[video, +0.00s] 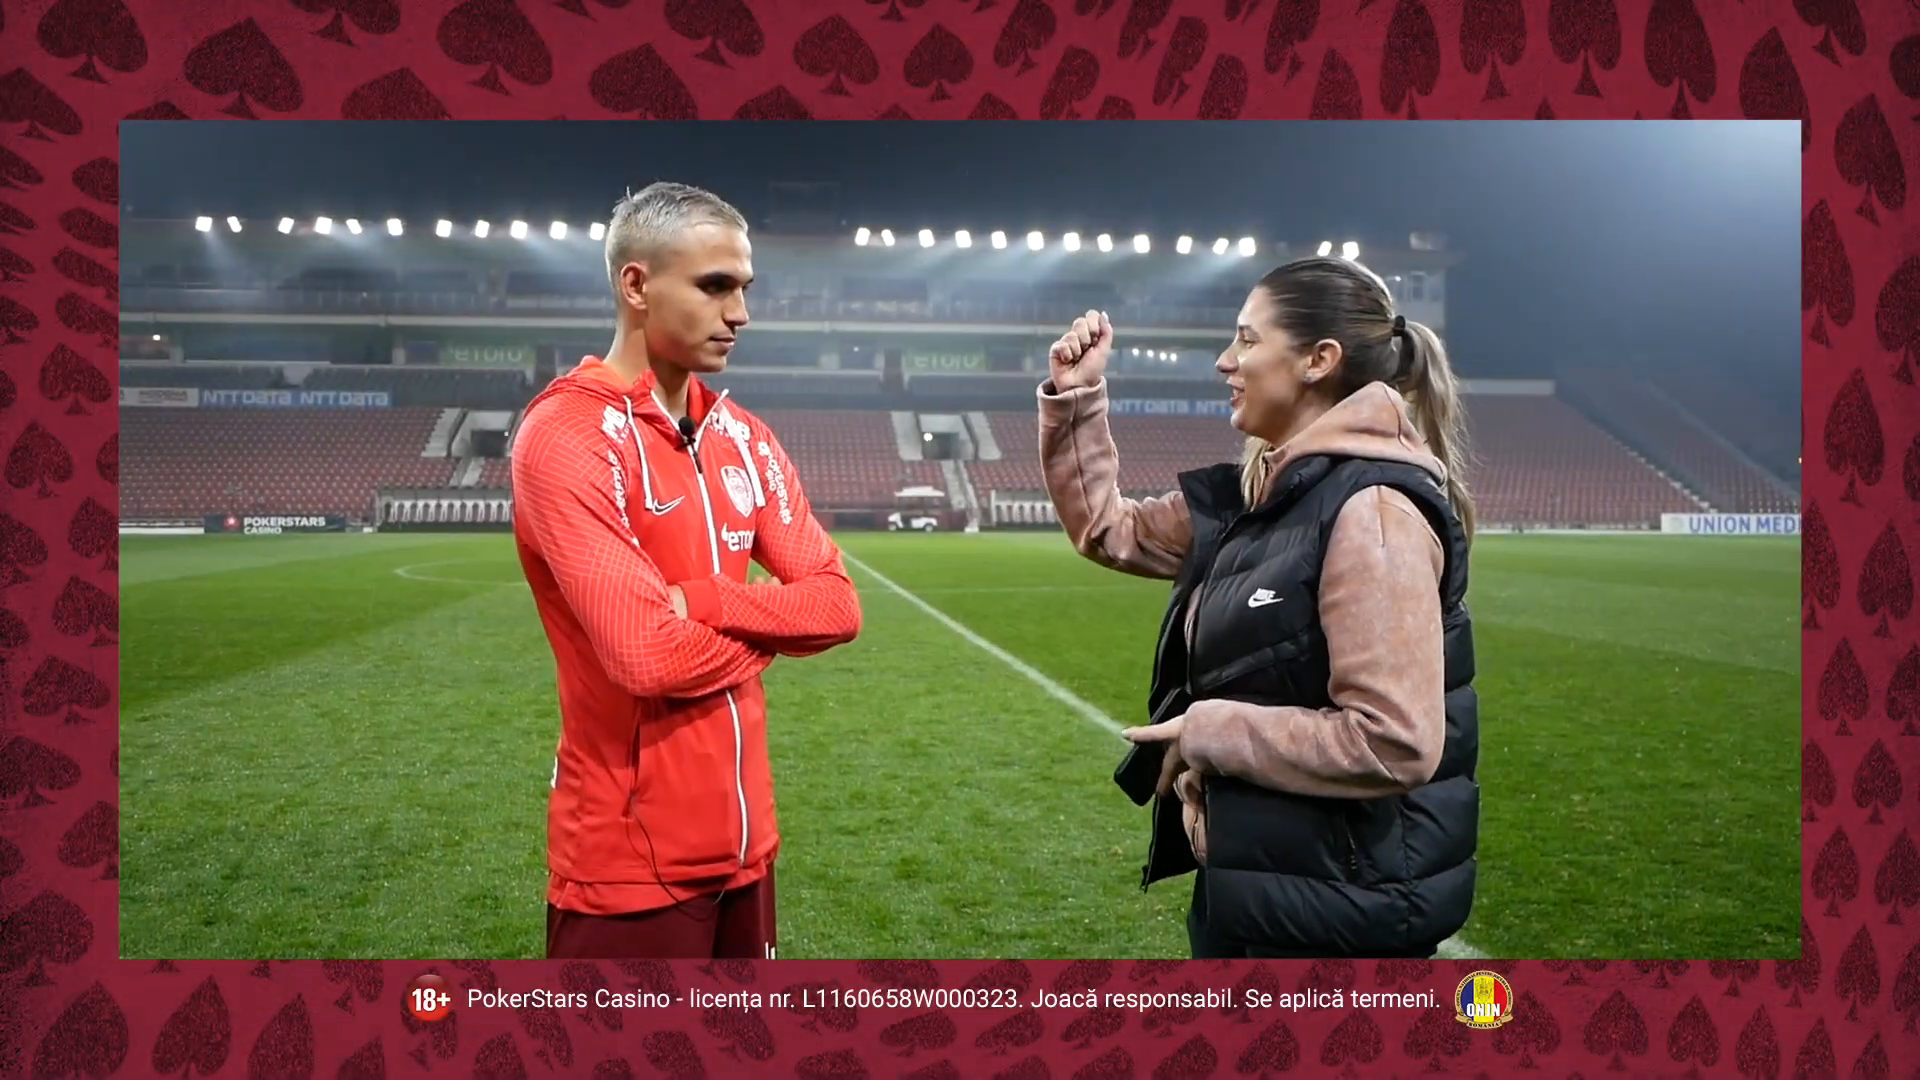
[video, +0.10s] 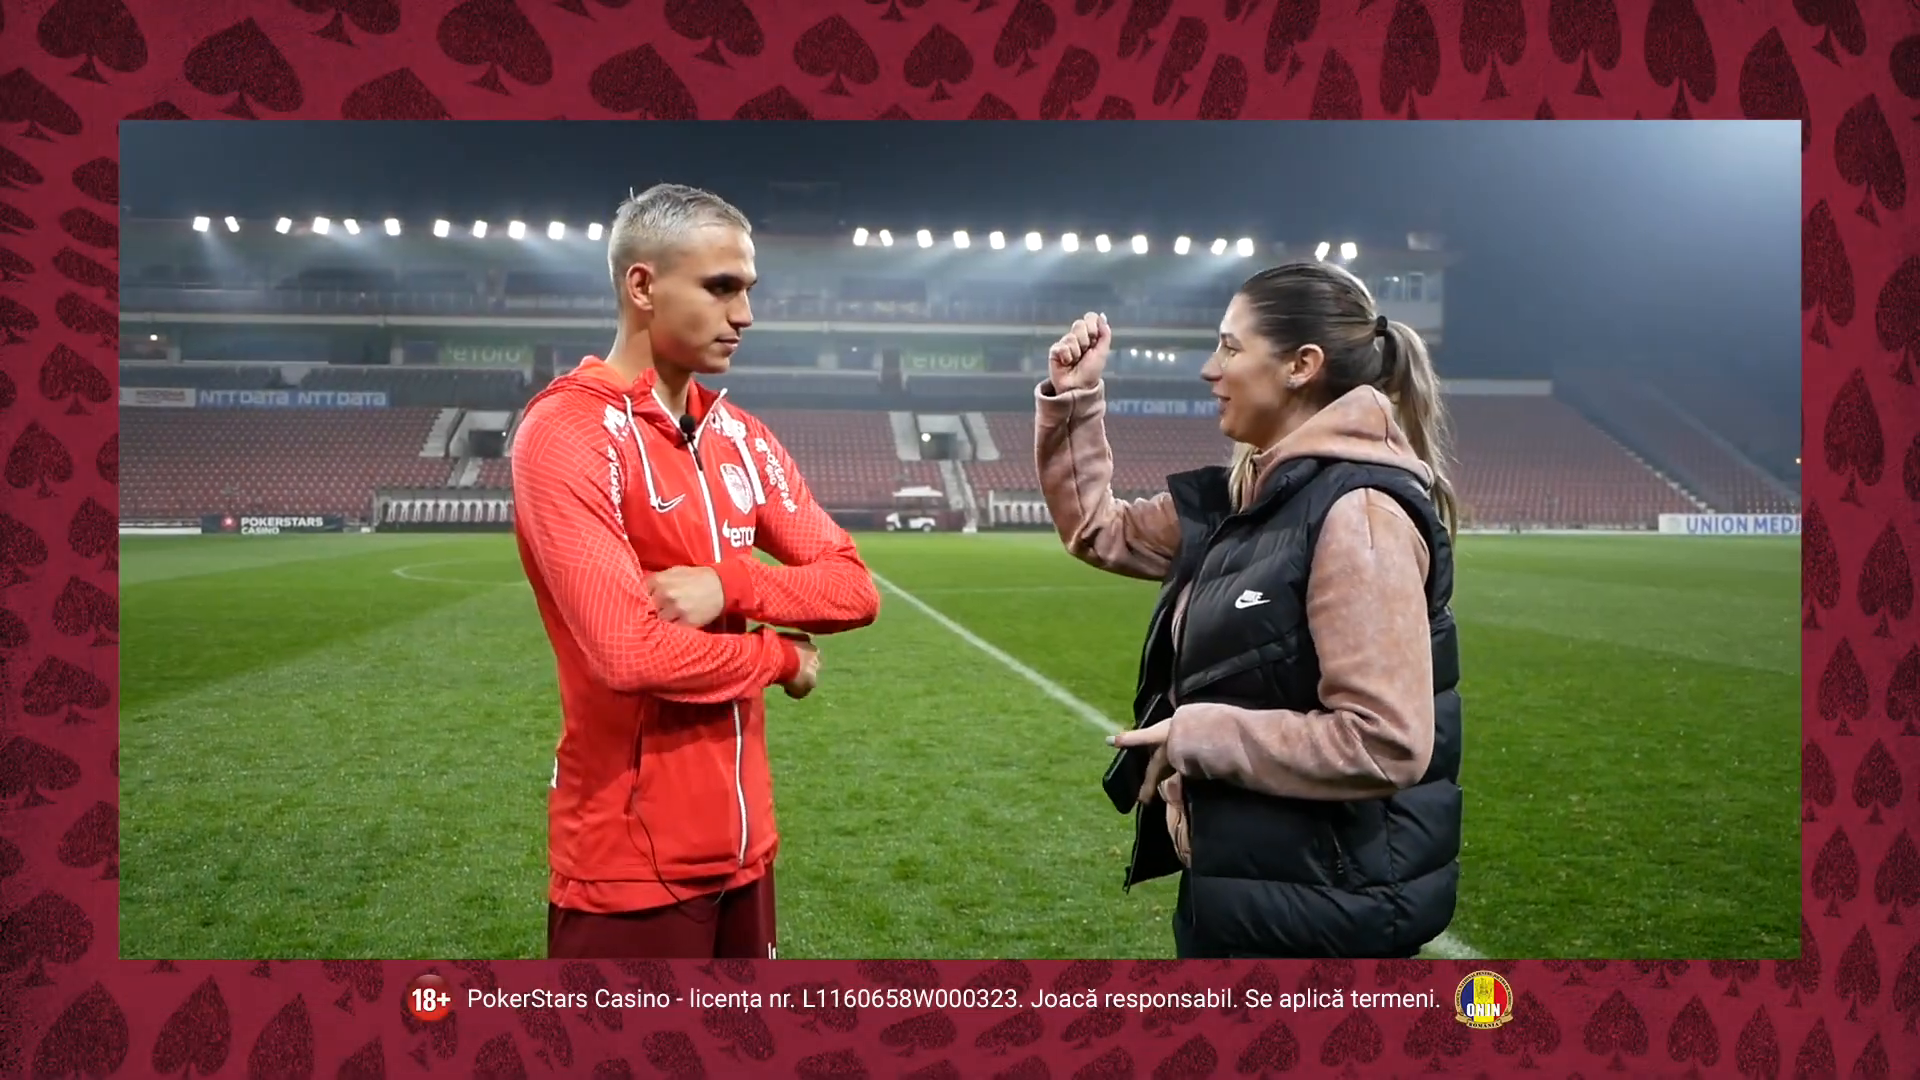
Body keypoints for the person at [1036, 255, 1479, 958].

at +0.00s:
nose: (1224, 361)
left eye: (1246, 340)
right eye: (1233, 341)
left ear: (1320, 360)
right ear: (1317, 362)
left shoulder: (1374, 512)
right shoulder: (1265, 492)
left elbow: (1395, 742)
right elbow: (1107, 530)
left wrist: (1211, 729)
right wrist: (1076, 399)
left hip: (1332, 918)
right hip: (1261, 904)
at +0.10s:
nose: (1209, 370)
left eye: (1229, 347)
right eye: (1217, 348)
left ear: (1303, 366)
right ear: (1300, 367)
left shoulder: (1360, 514)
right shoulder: (1253, 497)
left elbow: (1384, 741)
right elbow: (1097, 530)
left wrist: (1199, 733)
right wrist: (1073, 402)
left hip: (1316, 919)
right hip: (1243, 905)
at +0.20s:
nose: (1195, 377)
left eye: (1213, 354)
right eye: (1202, 353)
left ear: (1285, 370)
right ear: (1279, 371)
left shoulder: (1345, 516)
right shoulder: (1244, 497)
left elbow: (1369, 743)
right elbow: (1088, 531)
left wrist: (1185, 734)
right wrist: (1069, 404)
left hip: (1301, 918)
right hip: (1234, 903)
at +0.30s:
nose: (1185, 381)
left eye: (1203, 358)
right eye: (1192, 357)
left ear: (1276, 373)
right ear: (1270, 374)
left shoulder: (1332, 518)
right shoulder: (1234, 499)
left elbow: (1354, 745)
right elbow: (1079, 536)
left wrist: (1170, 734)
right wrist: (1062, 411)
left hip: (1289, 919)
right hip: (1224, 904)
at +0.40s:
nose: (1178, 382)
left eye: (1197, 359)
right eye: (1186, 358)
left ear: (1272, 375)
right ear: (1269, 377)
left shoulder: (1324, 521)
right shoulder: (1226, 501)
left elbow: (1343, 746)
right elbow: (1070, 540)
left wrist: (1159, 733)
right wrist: (1051, 414)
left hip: (1279, 922)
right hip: (1215, 908)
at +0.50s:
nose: (1172, 381)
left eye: (1192, 358)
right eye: (1180, 358)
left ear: (1267, 377)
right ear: (1264, 379)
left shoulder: (1320, 520)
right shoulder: (1212, 503)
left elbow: (1338, 746)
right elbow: (1057, 539)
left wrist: (1155, 732)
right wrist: (1037, 411)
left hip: (1271, 918)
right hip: (1201, 904)